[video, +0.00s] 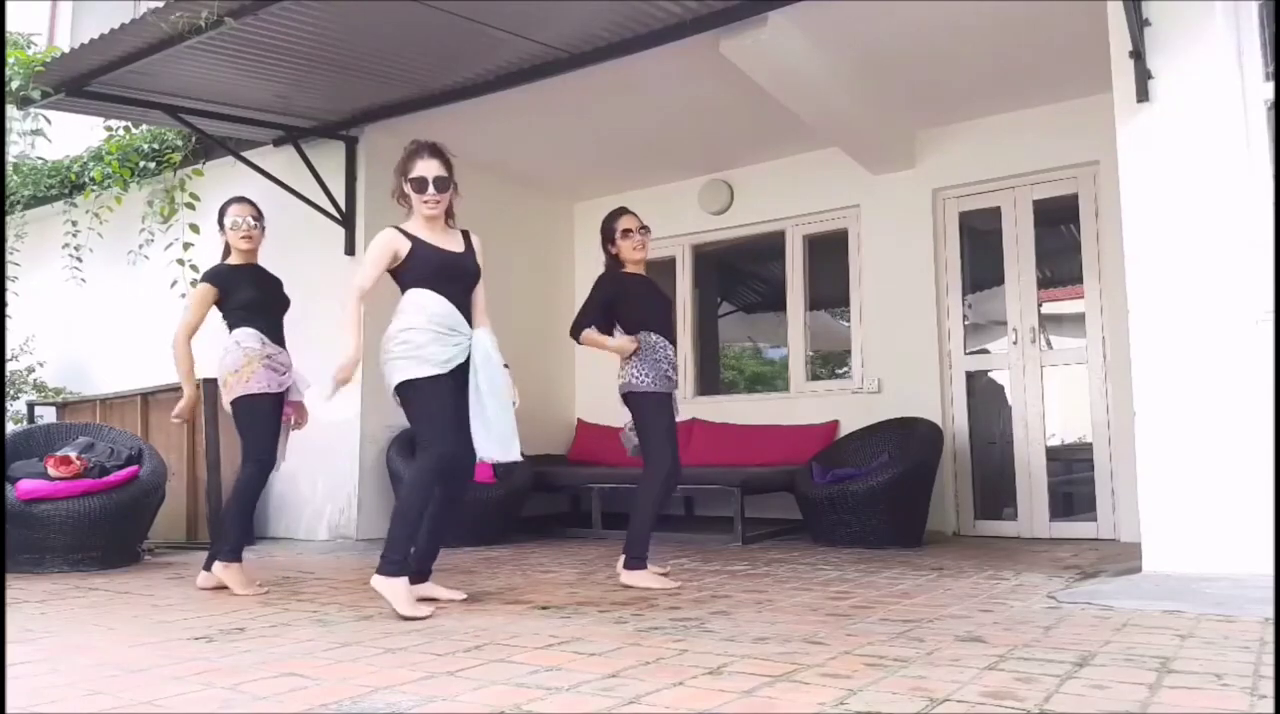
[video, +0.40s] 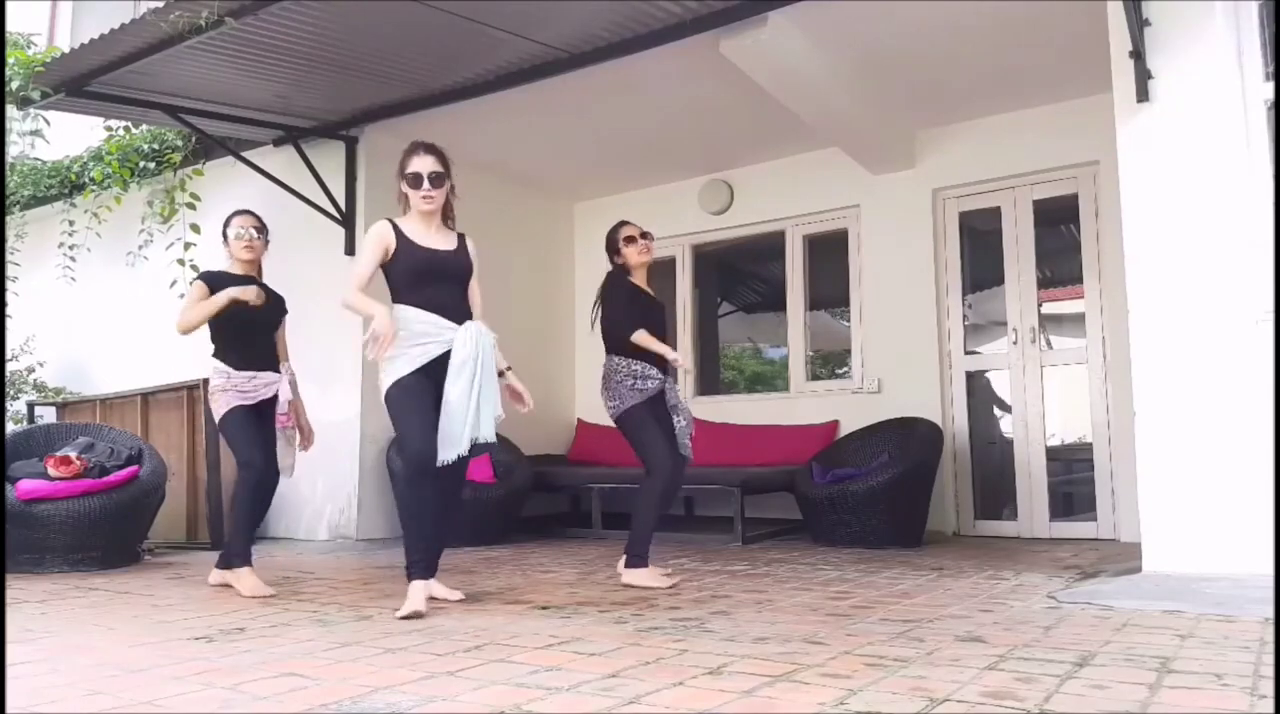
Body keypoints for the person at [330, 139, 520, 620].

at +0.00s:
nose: (432, 190)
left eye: (440, 182)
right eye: (420, 183)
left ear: (452, 187)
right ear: (405, 189)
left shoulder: (468, 242)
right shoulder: (395, 238)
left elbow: (479, 316)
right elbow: (357, 292)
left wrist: (499, 372)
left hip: (460, 360)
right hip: (414, 356)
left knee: (459, 463)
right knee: (437, 453)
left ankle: (420, 575)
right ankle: (391, 572)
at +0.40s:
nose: (426, 186)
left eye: (435, 178)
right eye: (415, 179)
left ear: (449, 185)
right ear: (402, 186)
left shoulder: (463, 244)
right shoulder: (387, 232)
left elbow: (476, 318)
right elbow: (352, 294)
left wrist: (502, 372)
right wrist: (380, 311)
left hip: (459, 364)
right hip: (408, 362)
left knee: (451, 470)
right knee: (420, 459)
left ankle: (427, 575)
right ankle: (418, 580)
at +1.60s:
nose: (418, 210)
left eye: (427, 202)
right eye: (409, 203)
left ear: (448, 204)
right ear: (401, 209)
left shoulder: (472, 257)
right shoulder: (388, 259)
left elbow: (494, 327)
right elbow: (366, 318)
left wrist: (527, 382)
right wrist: (351, 274)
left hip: (463, 378)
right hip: (409, 377)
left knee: (440, 478)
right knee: (357, 457)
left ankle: (436, 578)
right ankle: (376, 578)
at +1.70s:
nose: (421, 217)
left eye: (430, 208)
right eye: (412, 210)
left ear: (449, 211)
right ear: (404, 217)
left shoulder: (474, 263)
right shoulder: (391, 272)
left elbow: (495, 331)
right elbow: (378, 343)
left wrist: (518, 390)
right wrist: (356, 331)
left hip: (458, 381)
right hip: (405, 381)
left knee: (439, 476)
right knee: (342, 462)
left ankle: (435, 576)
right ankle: (373, 574)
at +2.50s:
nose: (408, 193)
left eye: (417, 183)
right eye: (401, 187)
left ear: (443, 185)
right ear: (399, 196)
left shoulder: (470, 240)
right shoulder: (398, 249)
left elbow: (490, 307)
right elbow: (379, 316)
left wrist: (518, 343)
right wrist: (333, 303)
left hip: (454, 364)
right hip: (405, 366)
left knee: (437, 465)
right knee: (346, 457)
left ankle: (453, 575)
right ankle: (376, 570)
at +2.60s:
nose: (399, 196)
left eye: (407, 186)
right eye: (395, 190)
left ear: (435, 187)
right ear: (402, 197)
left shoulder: (467, 238)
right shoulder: (400, 251)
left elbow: (484, 302)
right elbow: (367, 303)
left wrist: (502, 348)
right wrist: (355, 240)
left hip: (445, 363)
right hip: (398, 363)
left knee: (429, 467)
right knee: (353, 465)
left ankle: (451, 577)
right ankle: (384, 571)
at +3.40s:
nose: (415, 190)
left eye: (422, 181)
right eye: (413, 183)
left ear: (452, 180)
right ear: (442, 183)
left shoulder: (487, 243)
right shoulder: (405, 236)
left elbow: (506, 315)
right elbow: (372, 289)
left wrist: (530, 367)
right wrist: (352, 300)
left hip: (449, 362)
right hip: (393, 358)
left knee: (465, 468)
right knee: (389, 469)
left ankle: (487, 576)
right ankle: (379, 577)